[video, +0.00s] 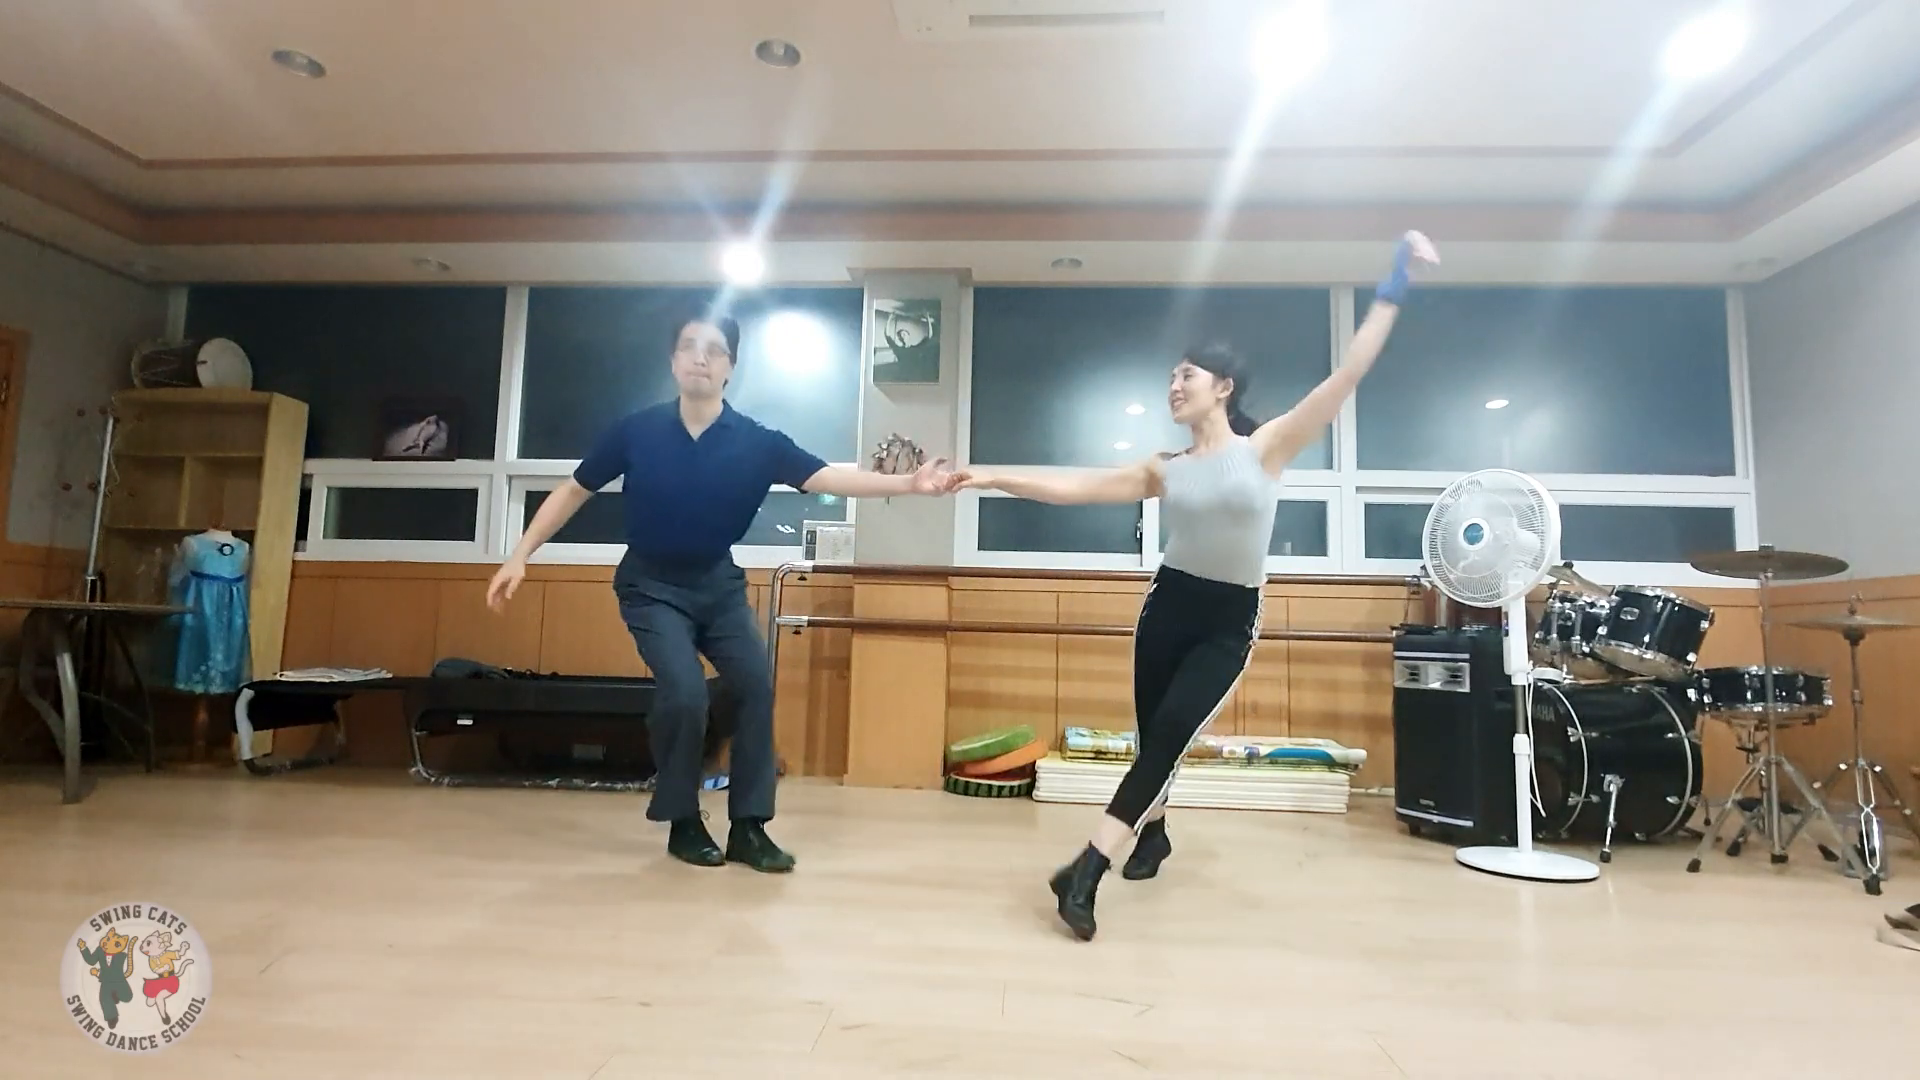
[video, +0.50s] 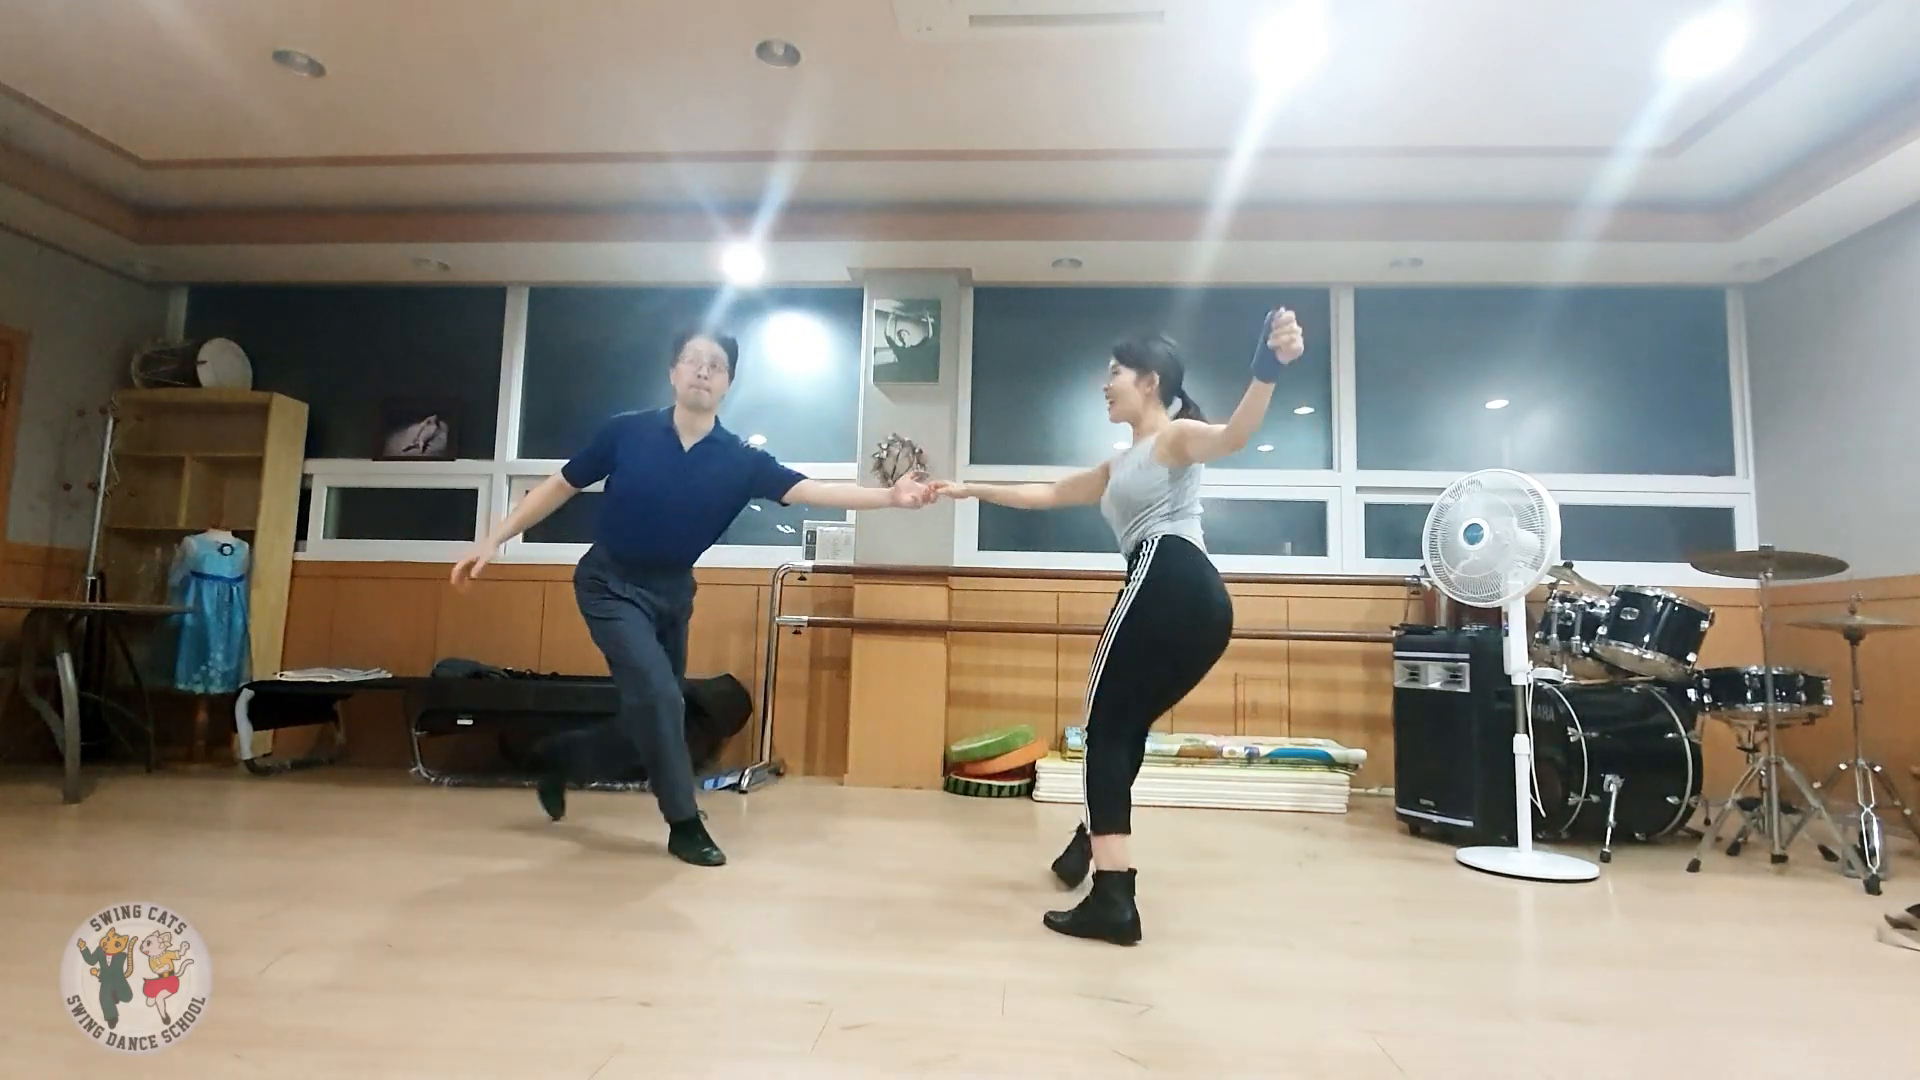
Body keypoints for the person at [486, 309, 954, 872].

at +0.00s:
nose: (699, 361)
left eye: (714, 351)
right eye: (689, 347)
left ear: (731, 367)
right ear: (672, 359)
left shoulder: (757, 442)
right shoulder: (637, 433)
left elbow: (829, 476)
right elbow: (574, 490)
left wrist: (909, 482)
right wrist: (519, 556)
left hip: (720, 587)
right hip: (651, 586)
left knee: (755, 679)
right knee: (685, 689)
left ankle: (749, 828)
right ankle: (684, 824)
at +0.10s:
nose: (703, 362)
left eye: (717, 354)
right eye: (693, 350)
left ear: (732, 370)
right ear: (673, 360)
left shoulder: (752, 444)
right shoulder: (634, 429)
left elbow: (825, 478)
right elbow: (571, 487)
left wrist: (906, 482)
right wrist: (513, 546)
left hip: (706, 583)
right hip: (639, 582)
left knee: (737, 678)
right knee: (677, 684)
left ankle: (734, 813)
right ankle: (682, 824)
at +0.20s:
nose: (706, 364)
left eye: (719, 358)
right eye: (696, 353)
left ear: (732, 375)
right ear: (675, 364)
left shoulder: (749, 448)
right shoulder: (633, 429)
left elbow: (820, 478)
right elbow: (568, 484)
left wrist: (900, 482)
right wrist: (507, 543)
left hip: (693, 586)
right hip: (629, 582)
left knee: (721, 690)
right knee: (671, 686)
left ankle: (690, 793)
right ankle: (686, 825)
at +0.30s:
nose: (706, 368)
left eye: (718, 361)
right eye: (696, 356)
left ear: (732, 379)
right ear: (674, 367)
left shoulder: (746, 454)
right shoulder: (630, 431)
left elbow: (817, 483)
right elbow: (565, 486)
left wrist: (897, 488)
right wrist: (503, 541)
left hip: (686, 589)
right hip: (622, 582)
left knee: (702, 706)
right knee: (667, 687)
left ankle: (643, 776)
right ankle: (687, 824)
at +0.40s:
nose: (703, 369)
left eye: (717, 363)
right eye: (694, 358)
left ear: (730, 382)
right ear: (672, 371)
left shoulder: (744, 458)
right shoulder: (627, 432)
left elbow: (815, 489)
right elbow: (562, 485)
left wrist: (897, 495)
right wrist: (499, 541)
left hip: (677, 593)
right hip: (616, 582)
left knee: (680, 712)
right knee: (657, 687)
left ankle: (597, 761)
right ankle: (687, 824)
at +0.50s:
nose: (701, 372)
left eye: (714, 366)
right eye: (692, 362)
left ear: (728, 385)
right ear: (671, 374)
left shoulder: (741, 461)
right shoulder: (627, 434)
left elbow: (812, 490)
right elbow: (559, 487)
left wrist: (892, 495)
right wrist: (492, 541)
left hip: (671, 595)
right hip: (611, 583)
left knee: (651, 722)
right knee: (657, 691)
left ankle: (557, 758)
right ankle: (685, 823)